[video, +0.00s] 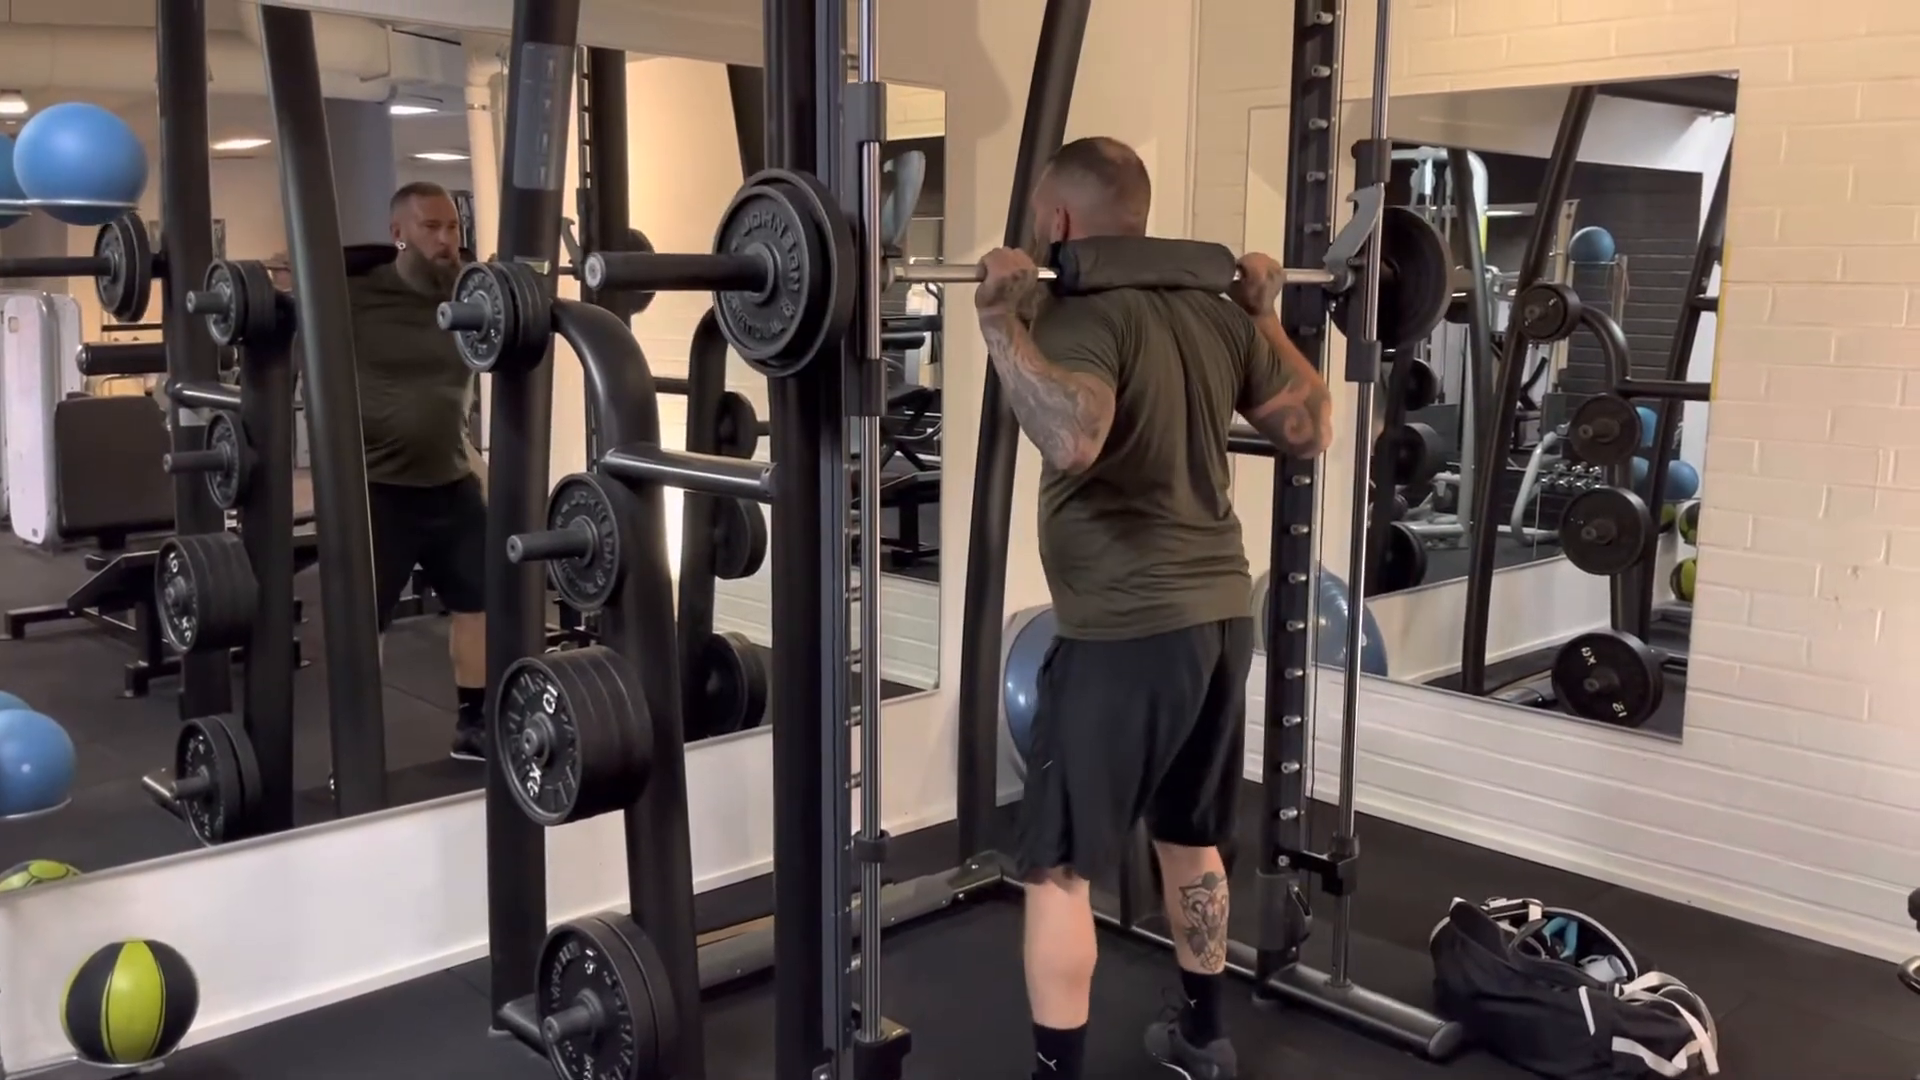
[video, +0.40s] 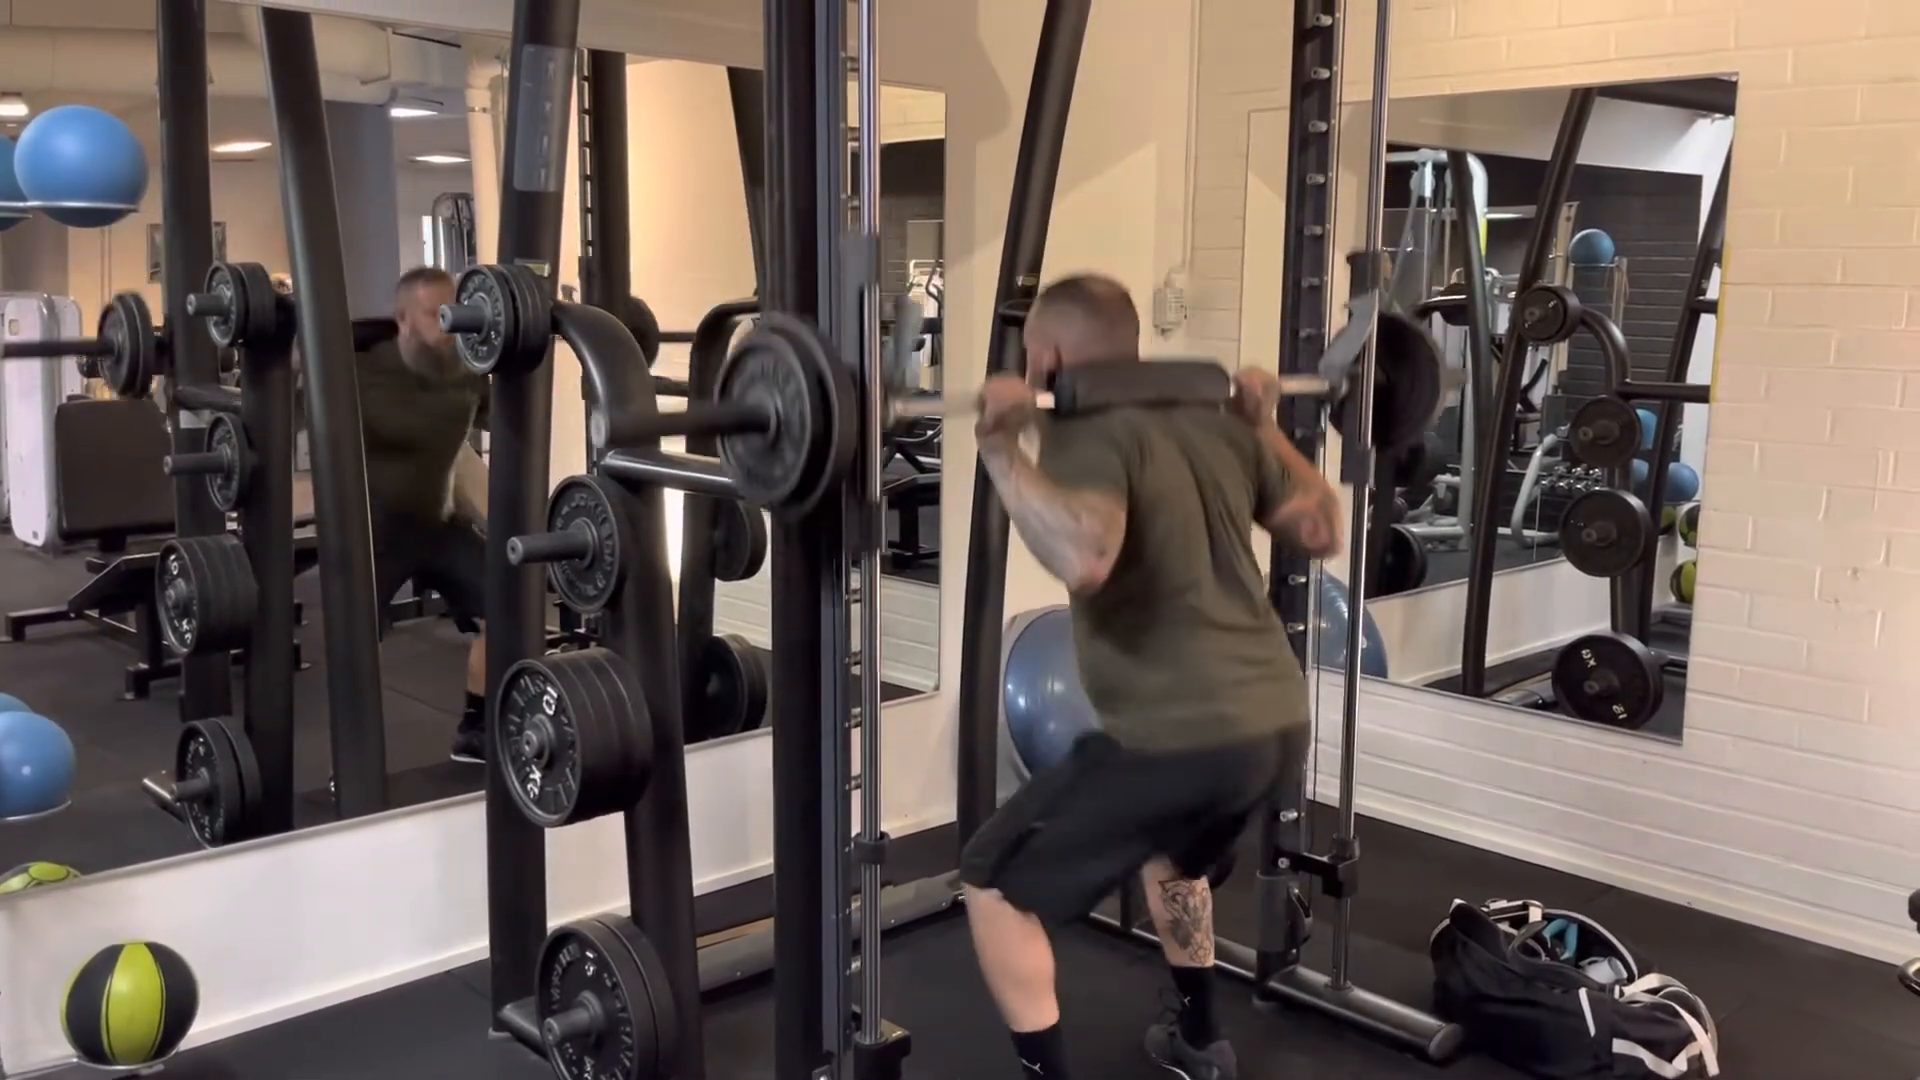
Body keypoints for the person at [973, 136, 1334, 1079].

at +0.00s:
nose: (1036, 232)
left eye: (1040, 217)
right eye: (1041, 217)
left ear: (1062, 218)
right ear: (1139, 213)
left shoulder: (1086, 308)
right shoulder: (1212, 306)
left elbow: (1074, 434)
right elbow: (1306, 426)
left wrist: (1000, 317)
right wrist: (1266, 316)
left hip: (1123, 632)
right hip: (1222, 618)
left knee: (1059, 863)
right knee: (1189, 834)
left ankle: (1056, 1068)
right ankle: (1206, 1037)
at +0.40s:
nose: (1031, 368)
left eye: (1033, 352)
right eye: (1030, 353)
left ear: (1055, 351)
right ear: (1129, 341)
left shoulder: (1091, 426)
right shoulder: (1218, 421)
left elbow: (1084, 555)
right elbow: (1325, 528)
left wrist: (1001, 450)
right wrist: (1265, 427)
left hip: (1173, 743)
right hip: (1271, 730)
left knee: (995, 880)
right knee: (1172, 857)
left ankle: (1045, 1068)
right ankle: (1199, 1038)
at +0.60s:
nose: (1029, 473)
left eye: (1031, 460)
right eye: (1027, 460)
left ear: (1051, 468)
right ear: (1128, 452)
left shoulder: (1092, 540)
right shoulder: (1221, 529)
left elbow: (1089, 668)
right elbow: (1329, 631)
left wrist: (1003, 563)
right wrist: (1264, 526)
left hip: (1197, 845)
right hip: (1294, 829)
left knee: (973, 884)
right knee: (1135, 830)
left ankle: (1043, 1069)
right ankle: (1200, 1036)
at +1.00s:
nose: (1029, 611)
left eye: (1029, 596)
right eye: (1028, 596)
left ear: (1053, 601)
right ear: (1127, 586)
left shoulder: (1092, 679)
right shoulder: (1219, 657)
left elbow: (1085, 821)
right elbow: (1319, 761)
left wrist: (998, 705)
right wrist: (1258, 652)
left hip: (1202, 990)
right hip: (1295, 966)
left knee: (961, 886)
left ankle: (1041, 1069)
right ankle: (1200, 1053)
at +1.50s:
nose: (1034, 490)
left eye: (1035, 475)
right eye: (1033, 475)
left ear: (1058, 480)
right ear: (1134, 467)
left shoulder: (1095, 555)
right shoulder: (1221, 544)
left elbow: (1091, 684)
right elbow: (1329, 643)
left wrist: (1001, 575)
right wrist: (1264, 540)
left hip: (1209, 850)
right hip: (1313, 836)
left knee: (986, 884)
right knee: (1150, 839)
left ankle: (1046, 1070)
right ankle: (1200, 1038)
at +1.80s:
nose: (1037, 345)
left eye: (1040, 329)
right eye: (1039, 330)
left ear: (1063, 330)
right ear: (1139, 324)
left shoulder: (1092, 412)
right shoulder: (1218, 405)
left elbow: (1082, 543)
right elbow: (1320, 522)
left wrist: (1005, 435)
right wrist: (1267, 415)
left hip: (1183, 717)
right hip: (1278, 703)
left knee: (1010, 875)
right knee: (1177, 850)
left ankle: (1051, 1070)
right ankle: (1204, 1042)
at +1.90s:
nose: (1043, 301)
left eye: (1046, 286)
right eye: (1044, 287)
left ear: (1069, 284)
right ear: (1141, 277)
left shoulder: (1091, 369)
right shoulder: (1217, 360)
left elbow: (1079, 497)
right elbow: (1316, 482)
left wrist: (1008, 393)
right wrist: (1267, 372)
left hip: (1161, 680)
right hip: (1261, 667)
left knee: (1025, 871)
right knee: (1183, 840)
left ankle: (1052, 1070)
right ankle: (1202, 1041)